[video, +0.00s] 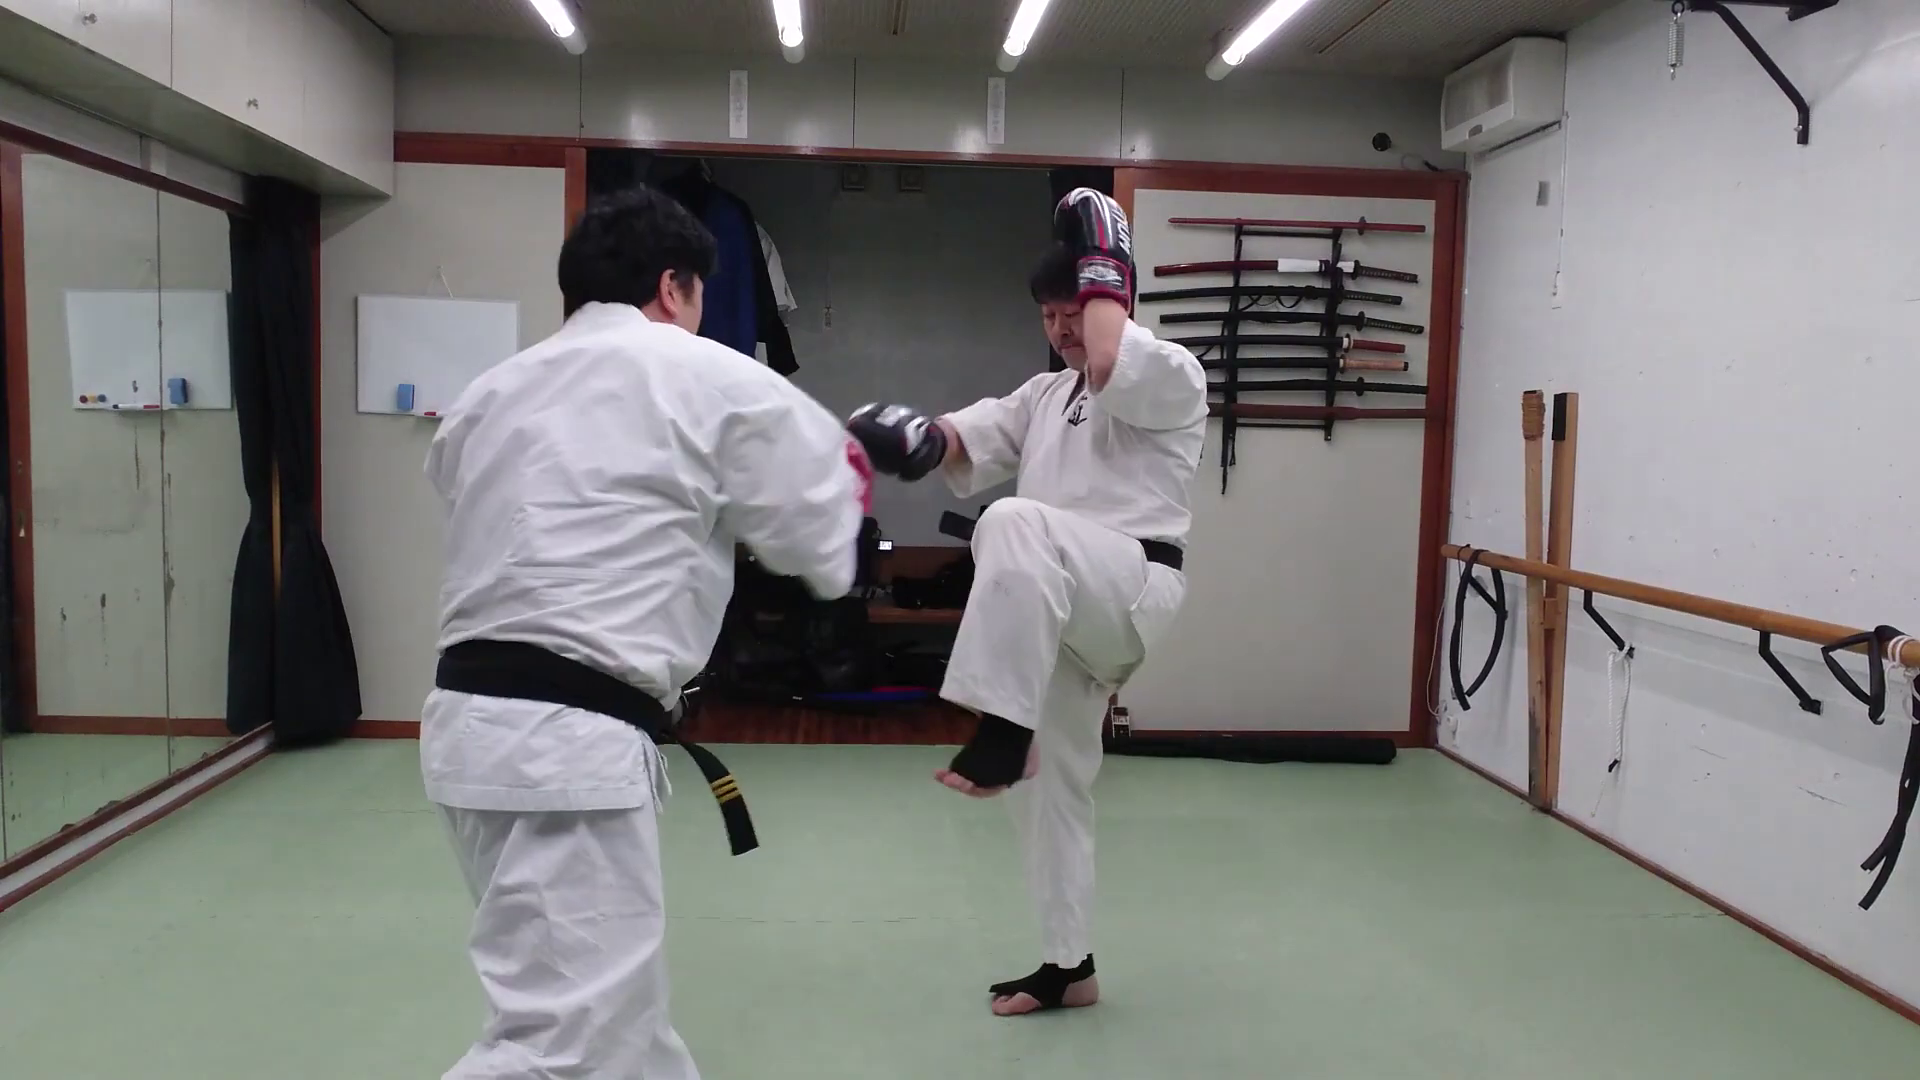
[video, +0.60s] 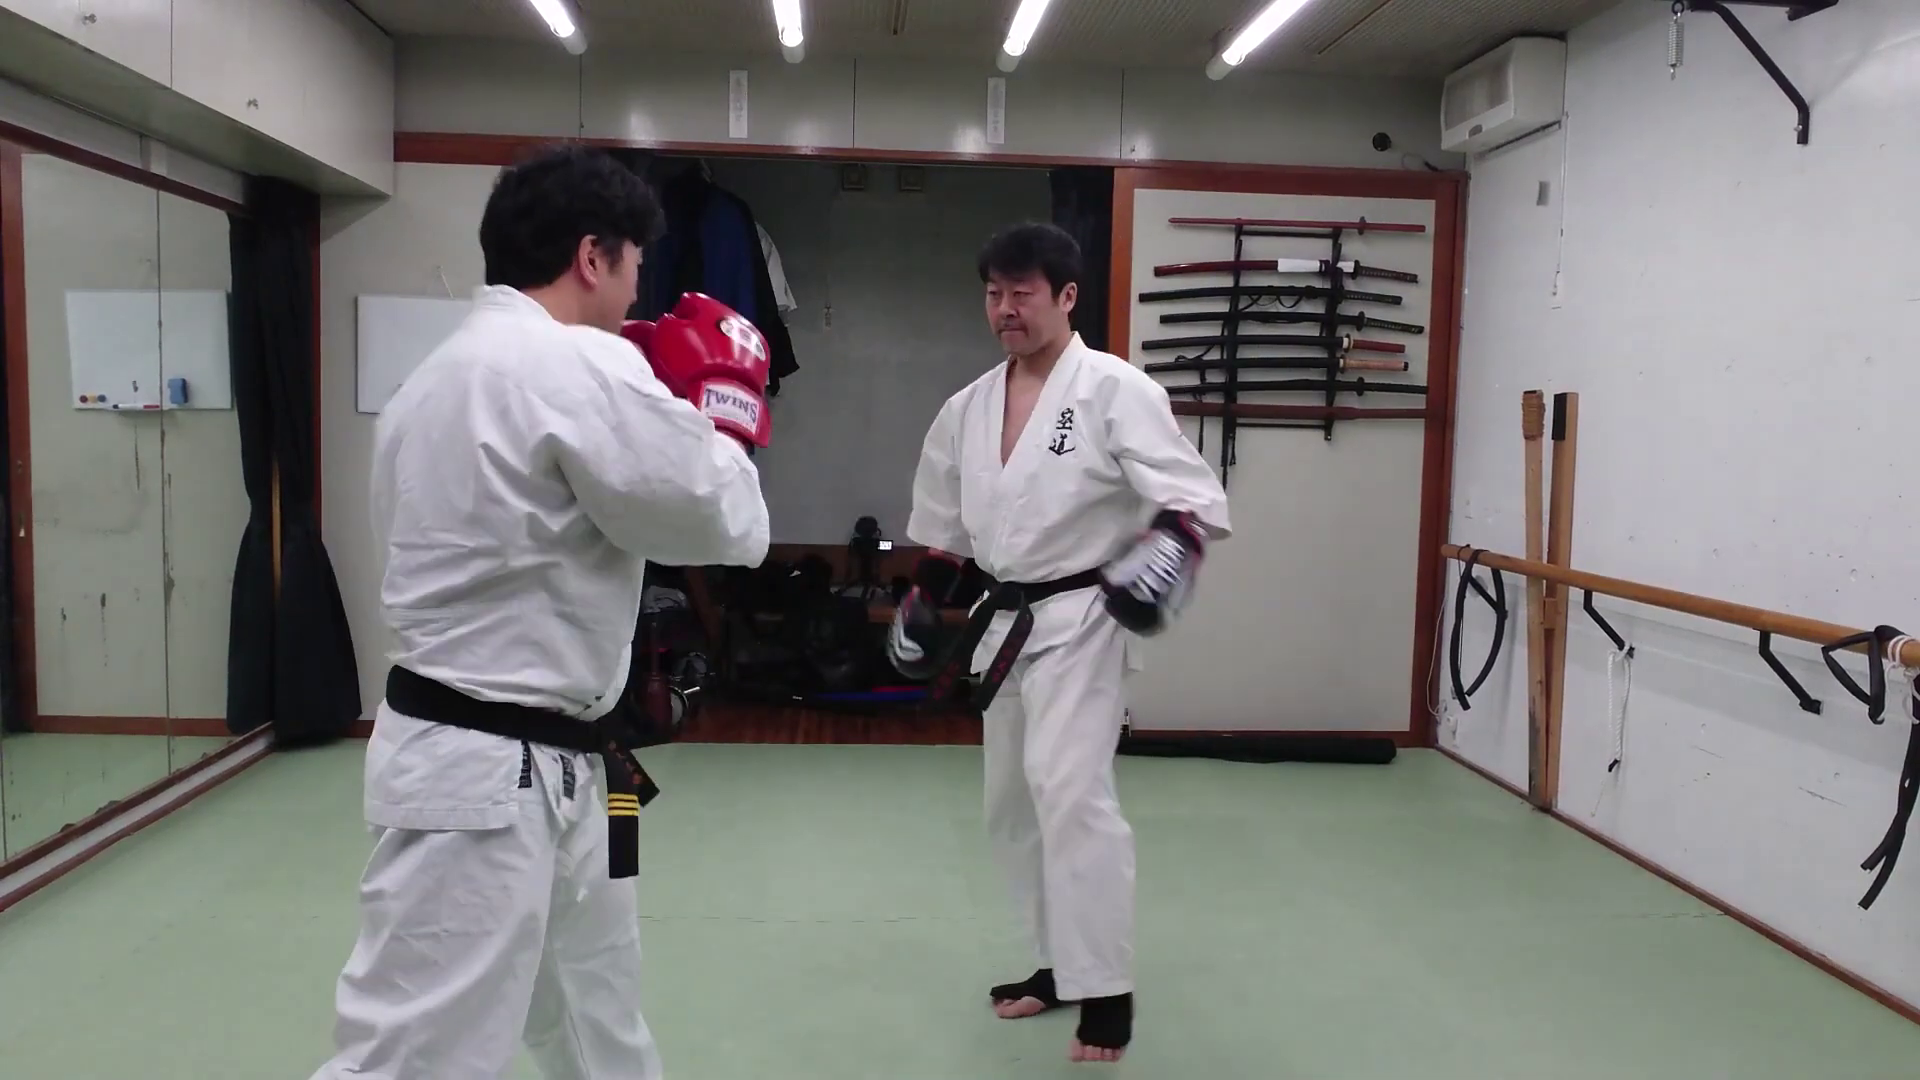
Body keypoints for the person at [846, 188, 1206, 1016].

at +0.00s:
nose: (1059, 325)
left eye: (1071, 310)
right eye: (1049, 313)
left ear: (1109, 308)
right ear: (1040, 319)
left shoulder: (1170, 381)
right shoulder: (1045, 394)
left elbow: (1109, 361)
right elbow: (970, 433)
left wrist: (1105, 264)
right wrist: (917, 438)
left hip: (1139, 588)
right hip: (1058, 586)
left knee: (1017, 522)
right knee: (1056, 780)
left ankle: (1006, 728)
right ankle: (1067, 965)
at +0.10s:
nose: (1053, 324)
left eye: (1067, 308)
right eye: (1042, 310)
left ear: (1110, 310)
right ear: (1033, 316)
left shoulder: (1163, 379)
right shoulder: (1030, 404)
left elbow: (1153, 422)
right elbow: (953, 466)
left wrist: (1115, 314)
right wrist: (887, 489)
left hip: (1132, 590)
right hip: (1047, 589)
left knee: (1017, 521)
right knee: (1051, 780)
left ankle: (995, 726)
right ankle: (1067, 962)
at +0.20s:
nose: (1045, 320)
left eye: (1060, 304)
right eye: (1035, 305)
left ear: (1107, 304)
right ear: (1026, 309)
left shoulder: (1152, 384)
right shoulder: (1024, 400)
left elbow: (1175, 495)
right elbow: (953, 493)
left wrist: (1114, 424)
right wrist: (888, 563)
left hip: (1125, 587)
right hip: (1038, 591)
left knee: (1013, 543)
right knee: (1052, 776)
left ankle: (1014, 743)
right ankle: (1065, 962)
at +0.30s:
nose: (1033, 314)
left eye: (1050, 300)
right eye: (1024, 300)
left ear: (1095, 302)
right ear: (1015, 307)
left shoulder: (1139, 389)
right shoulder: (1005, 408)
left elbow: (1181, 506)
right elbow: (969, 530)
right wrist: (941, 613)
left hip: (1109, 592)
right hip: (1020, 605)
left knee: (1010, 588)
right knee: (1046, 782)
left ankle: (1036, 789)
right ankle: (1066, 963)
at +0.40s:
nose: (1022, 310)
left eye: (1041, 295)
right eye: (1012, 295)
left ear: (1084, 300)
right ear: (1001, 302)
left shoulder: (1131, 390)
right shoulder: (988, 412)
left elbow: (1193, 503)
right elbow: (986, 543)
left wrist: (1195, 590)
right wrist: (973, 629)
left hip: (1101, 584)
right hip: (1021, 601)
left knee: (1020, 651)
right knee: (1029, 781)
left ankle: (1060, 865)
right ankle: (1066, 966)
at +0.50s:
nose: (1011, 308)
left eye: (1029, 293)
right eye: (1001, 293)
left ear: (1074, 298)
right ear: (992, 302)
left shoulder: (1125, 387)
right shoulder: (978, 410)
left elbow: (1201, 488)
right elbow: (978, 539)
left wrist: (1210, 579)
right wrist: (981, 624)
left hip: (1088, 599)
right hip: (1013, 608)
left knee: (1035, 724)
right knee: (1009, 773)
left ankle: (1082, 953)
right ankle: (1057, 960)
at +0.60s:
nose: (1006, 310)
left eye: (1022, 294)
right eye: (995, 296)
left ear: (1066, 297)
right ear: (985, 304)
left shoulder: (1117, 389)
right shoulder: (966, 409)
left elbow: (1193, 499)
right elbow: (947, 533)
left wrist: (1154, 566)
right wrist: (918, 609)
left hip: (1082, 617)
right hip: (1002, 621)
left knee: (1070, 793)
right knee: (1014, 801)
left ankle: (1106, 991)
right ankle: (1058, 969)